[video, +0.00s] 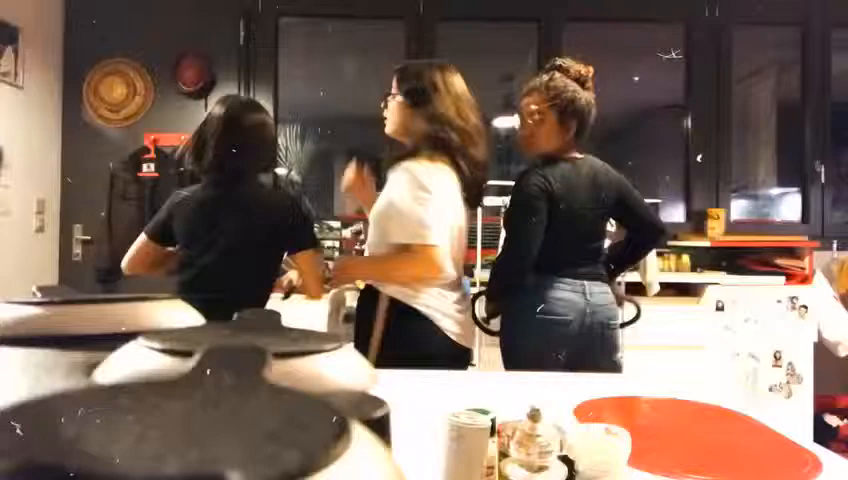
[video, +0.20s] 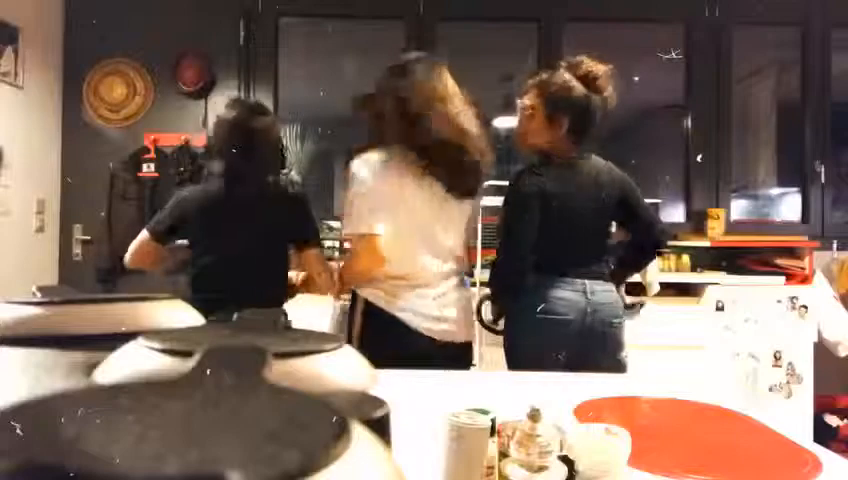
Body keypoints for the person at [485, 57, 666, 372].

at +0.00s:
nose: (522, 130)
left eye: (534, 120)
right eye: (522, 120)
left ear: (568, 126)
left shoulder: (536, 179)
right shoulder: (603, 174)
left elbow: (519, 255)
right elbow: (651, 230)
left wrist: (495, 295)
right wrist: (604, 268)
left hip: (545, 298)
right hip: (600, 297)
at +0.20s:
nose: (520, 123)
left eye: (530, 114)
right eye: (522, 112)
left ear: (560, 125)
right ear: (563, 126)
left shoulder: (530, 181)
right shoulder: (610, 175)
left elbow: (513, 257)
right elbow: (651, 237)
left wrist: (503, 299)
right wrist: (611, 274)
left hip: (545, 298)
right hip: (604, 296)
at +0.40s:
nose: (525, 128)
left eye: (531, 119)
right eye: (528, 118)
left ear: (549, 124)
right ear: (590, 125)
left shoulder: (522, 188)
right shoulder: (622, 185)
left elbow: (505, 273)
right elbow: (635, 265)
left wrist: (519, 316)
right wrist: (606, 291)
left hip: (537, 311)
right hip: (605, 310)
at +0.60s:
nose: (536, 129)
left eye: (537, 120)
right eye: (536, 120)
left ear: (550, 120)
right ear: (595, 119)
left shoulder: (523, 184)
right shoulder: (626, 179)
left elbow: (504, 269)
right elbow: (645, 262)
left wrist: (526, 311)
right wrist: (619, 299)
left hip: (543, 308)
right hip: (611, 309)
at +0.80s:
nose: (539, 132)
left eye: (540, 122)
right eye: (540, 122)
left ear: (548, 125)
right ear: (595, 124)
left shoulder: (525, 189)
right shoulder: (629, 186)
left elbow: (502, 271)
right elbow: (655, 267)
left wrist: (525, 311)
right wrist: (622, 310)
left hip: (541, 309)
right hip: (607, 310)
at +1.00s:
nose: (539, 128)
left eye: (540, 119)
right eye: (542, 119)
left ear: (546, 119)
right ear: (596, 120)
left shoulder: (522, 186)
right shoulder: (629, 182)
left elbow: (502, 269)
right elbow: (651, 264)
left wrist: (529, 302)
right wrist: (622, 302)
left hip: (543, 305)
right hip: (611, 306)